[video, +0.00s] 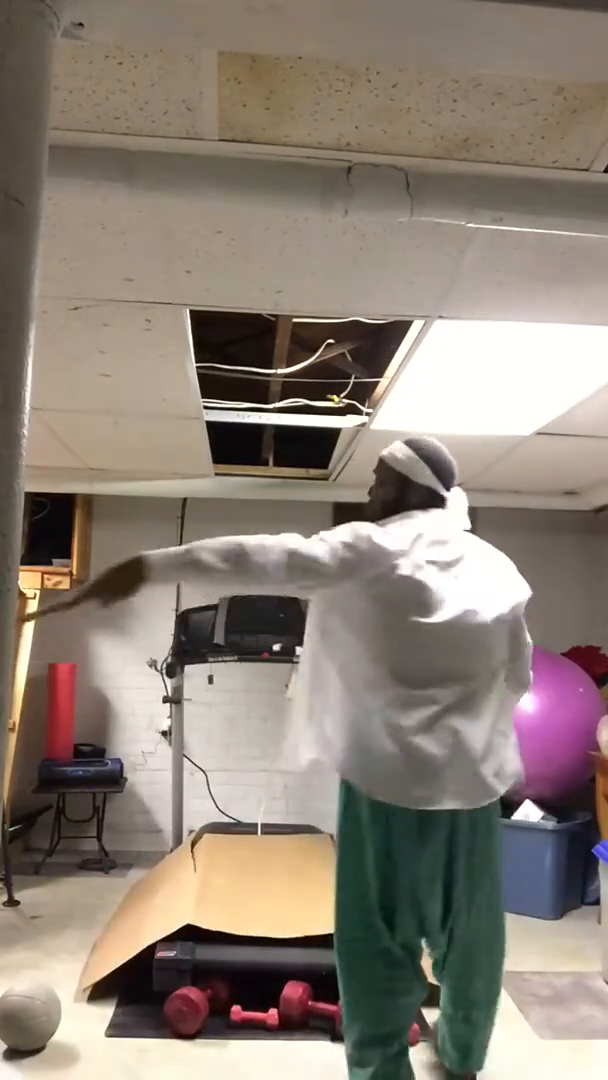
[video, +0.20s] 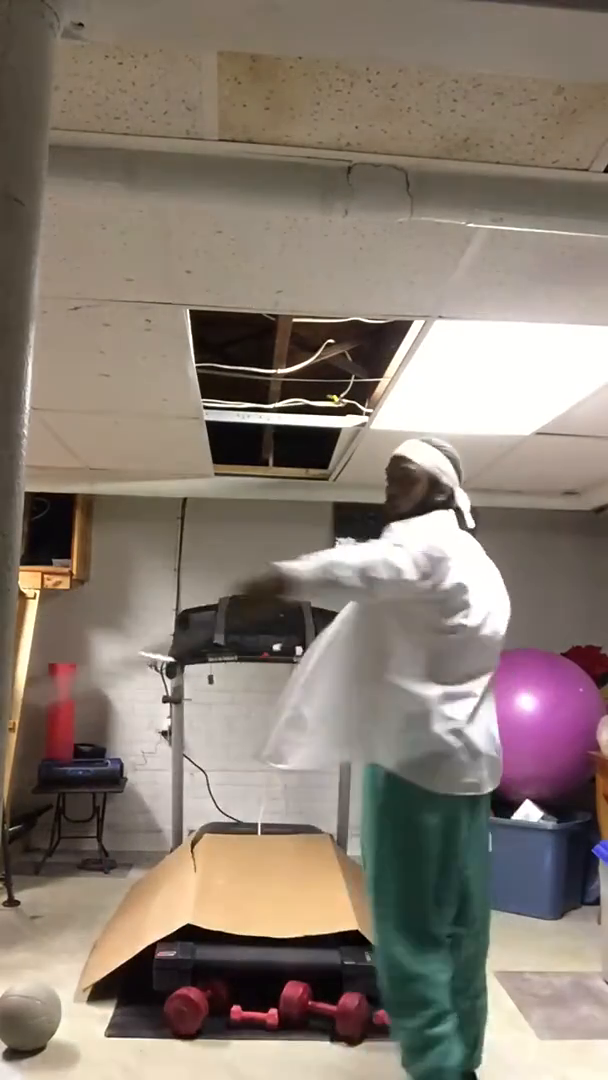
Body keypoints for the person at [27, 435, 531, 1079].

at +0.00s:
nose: (370, 496)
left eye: (380, 484)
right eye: (375, 483)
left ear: (404, 489)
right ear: (444, 495)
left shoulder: (365, 548)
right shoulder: (500, 571)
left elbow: (260, 556)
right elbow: (520, 676)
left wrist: (147, 566)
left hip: (386, 774)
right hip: (476, 775)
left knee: (375, 934)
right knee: (473, 928)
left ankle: (381, 1068)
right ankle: (462, 1060)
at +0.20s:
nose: (388, 489)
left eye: (402, 478)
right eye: (389, 477)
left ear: (438, 488)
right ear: (447, 496)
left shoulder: (421, 544)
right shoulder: (479, 563)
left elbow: (357, 567)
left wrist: (278, 578)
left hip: (415, 762)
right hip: (468, 762)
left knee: (409, 929)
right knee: (460, 922)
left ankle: (438, 1067)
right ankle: (459, 1061)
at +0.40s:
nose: (411, 491)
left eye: (425, 482)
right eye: (406, 482)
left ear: (454, 492)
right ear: (402, 490)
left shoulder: (458, 546)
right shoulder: (420, 551)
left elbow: (446, 600)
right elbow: (394, 642)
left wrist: (404, 610)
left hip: (445, 760)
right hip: (408, 761)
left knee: (444, 927)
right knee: (412, 920)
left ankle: (479, 1066)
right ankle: (460, 1050)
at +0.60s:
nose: (435, 496)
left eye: (448, 488)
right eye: (424, 486)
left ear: (466, 500)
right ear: (409, 498)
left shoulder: (479, 559)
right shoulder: (392, 564)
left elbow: (534, 610)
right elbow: (364, 662)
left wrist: (528, 625)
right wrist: (333, 739)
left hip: (453, 738)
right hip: (402, 736)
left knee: (452, 896)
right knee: (419, 892)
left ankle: (478, 1064)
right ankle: (462, 1043)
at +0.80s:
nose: (448, 503)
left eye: (459, 494)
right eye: (437, 493)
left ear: (471, 504)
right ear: (416, 503)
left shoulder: (493, 567)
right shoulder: (386, 571)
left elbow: (574, 612)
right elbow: (358, 664)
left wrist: (597, 641)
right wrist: (316, 737)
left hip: (465, 732)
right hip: (401, 730)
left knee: (458, 898)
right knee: (425, 896)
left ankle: (466, 1061)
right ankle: (457, 1042)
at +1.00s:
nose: (454, 509)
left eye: (464, 500)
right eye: (442, 499)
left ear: (475, 510)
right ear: (419, 510)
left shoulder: (500, 573)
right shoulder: (384, 576)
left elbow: (584, 615)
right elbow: (355, 665)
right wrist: (324, 741)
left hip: (468, 727)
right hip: (401, 728)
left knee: (463, 895)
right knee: (427, 892)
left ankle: (454, 1055)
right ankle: (462, 1034)